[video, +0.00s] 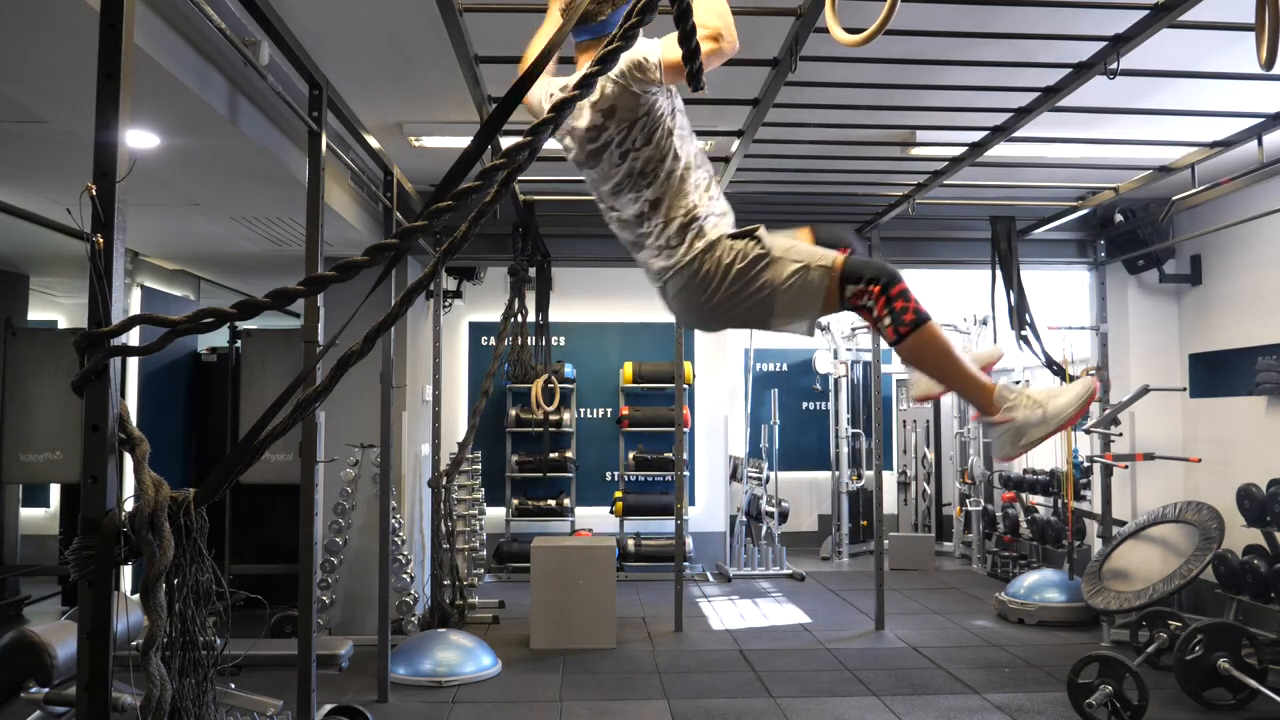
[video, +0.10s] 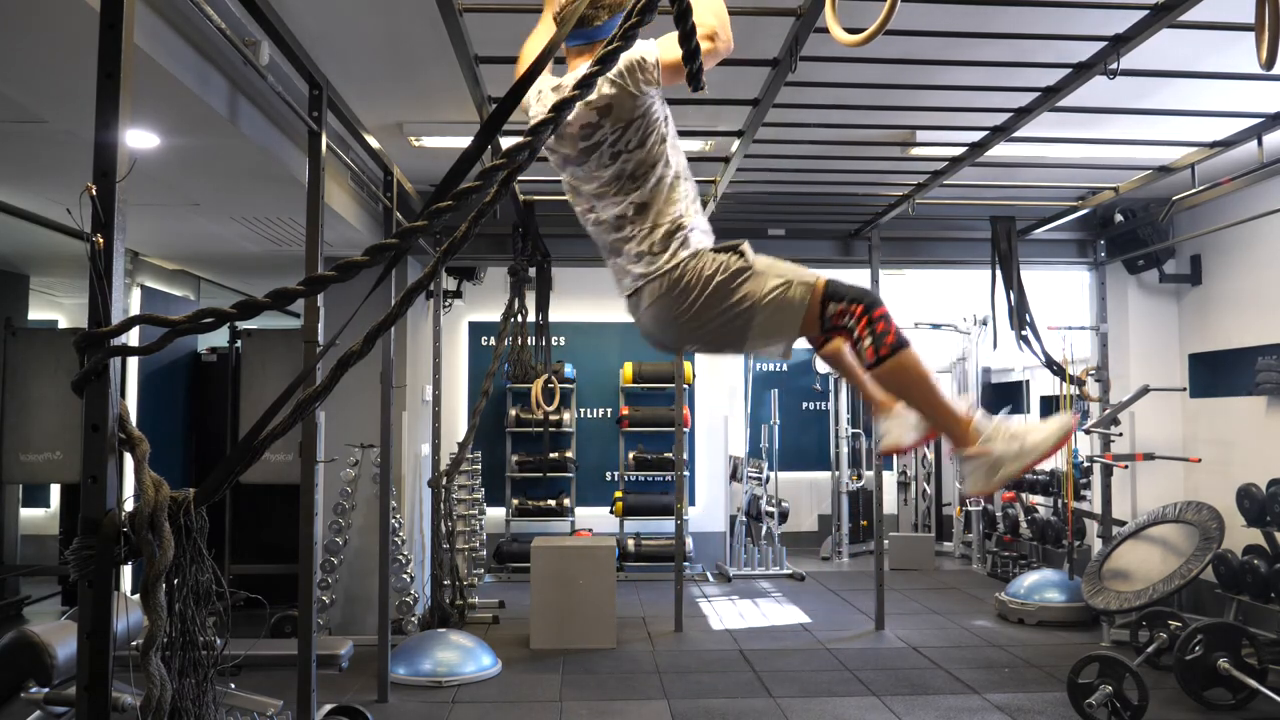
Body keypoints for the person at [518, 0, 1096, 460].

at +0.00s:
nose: (634, 29)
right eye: (629, 23)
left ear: (578, 41)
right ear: (620, 28)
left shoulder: (575, 102)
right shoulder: (628, 72)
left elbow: (532, 90)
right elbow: (720, 39)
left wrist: (550, 25)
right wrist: (703, 8)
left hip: (694, 265)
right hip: (709, 266)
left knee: (829, 243)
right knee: (869, 279)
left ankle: (936, 364)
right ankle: (1003, 411)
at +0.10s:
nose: (631, 33)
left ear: (563, 37)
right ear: (617, 25)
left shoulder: (545, 106)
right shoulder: (627, 71)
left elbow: (533, 87)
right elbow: (713, 40)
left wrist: (554, 30)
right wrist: (695, 5)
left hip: (650, 302)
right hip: (689, 278)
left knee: (815, 304)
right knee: (855, 311)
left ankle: (889, 413)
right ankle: (975, 444)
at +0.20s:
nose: (623, 30)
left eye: (618, 27)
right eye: (617, 24)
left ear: (556, 39)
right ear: (611, 29)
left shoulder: (539, 103)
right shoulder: (621, 74)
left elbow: (543, 85)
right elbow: (709, 40)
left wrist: (564, 35)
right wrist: (700, 6)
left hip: (617, 315)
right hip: (666, 292)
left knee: (765, 360)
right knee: (833, 349)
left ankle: (838, 481)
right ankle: (935, 499)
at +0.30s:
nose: (627, 29)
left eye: (623, 23)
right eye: (622, 21)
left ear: (553, 37)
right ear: (609, 28)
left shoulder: (539, 103)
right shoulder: (618, 70)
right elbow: (707, 40)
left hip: (586, 316)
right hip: (638, 291)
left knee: (718, 400)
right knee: (795, 392)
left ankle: (762, 540)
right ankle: (863, 558)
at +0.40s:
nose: (626, 26)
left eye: (621, 20)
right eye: (622, 18)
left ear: (554, 24)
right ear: (612, 19)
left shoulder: (533, 88)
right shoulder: (618, 66)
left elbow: (533, 59)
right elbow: (705, 42)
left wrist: (554, 20)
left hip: (568, 306)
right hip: (626, 289)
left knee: (673, 433)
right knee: (749, 423)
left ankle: (674, 582)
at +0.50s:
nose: (625, 24)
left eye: (620, 19)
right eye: (624, 17)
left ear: (558, 21)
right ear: (618, 16)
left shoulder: (527, 75)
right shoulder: (619, 69)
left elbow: (527, 34)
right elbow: (704, 41)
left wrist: (573, 1)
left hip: (553, 303)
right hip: (612, 287)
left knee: (633, 443)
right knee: (703, 435)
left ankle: (602, 594)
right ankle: (677, 611)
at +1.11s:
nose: (660, 106)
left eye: (651, 97)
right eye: (652, 100)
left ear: (586, 113)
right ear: (638, 112)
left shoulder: (574, 167)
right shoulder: (649, 155)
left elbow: (577, 84)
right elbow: (689, 68)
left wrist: (568, 18)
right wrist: (696, 4)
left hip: (581, 367)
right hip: (643, 370)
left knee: (567, 524)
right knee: (687, 527)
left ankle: (515, 670)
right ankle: (692, 683)